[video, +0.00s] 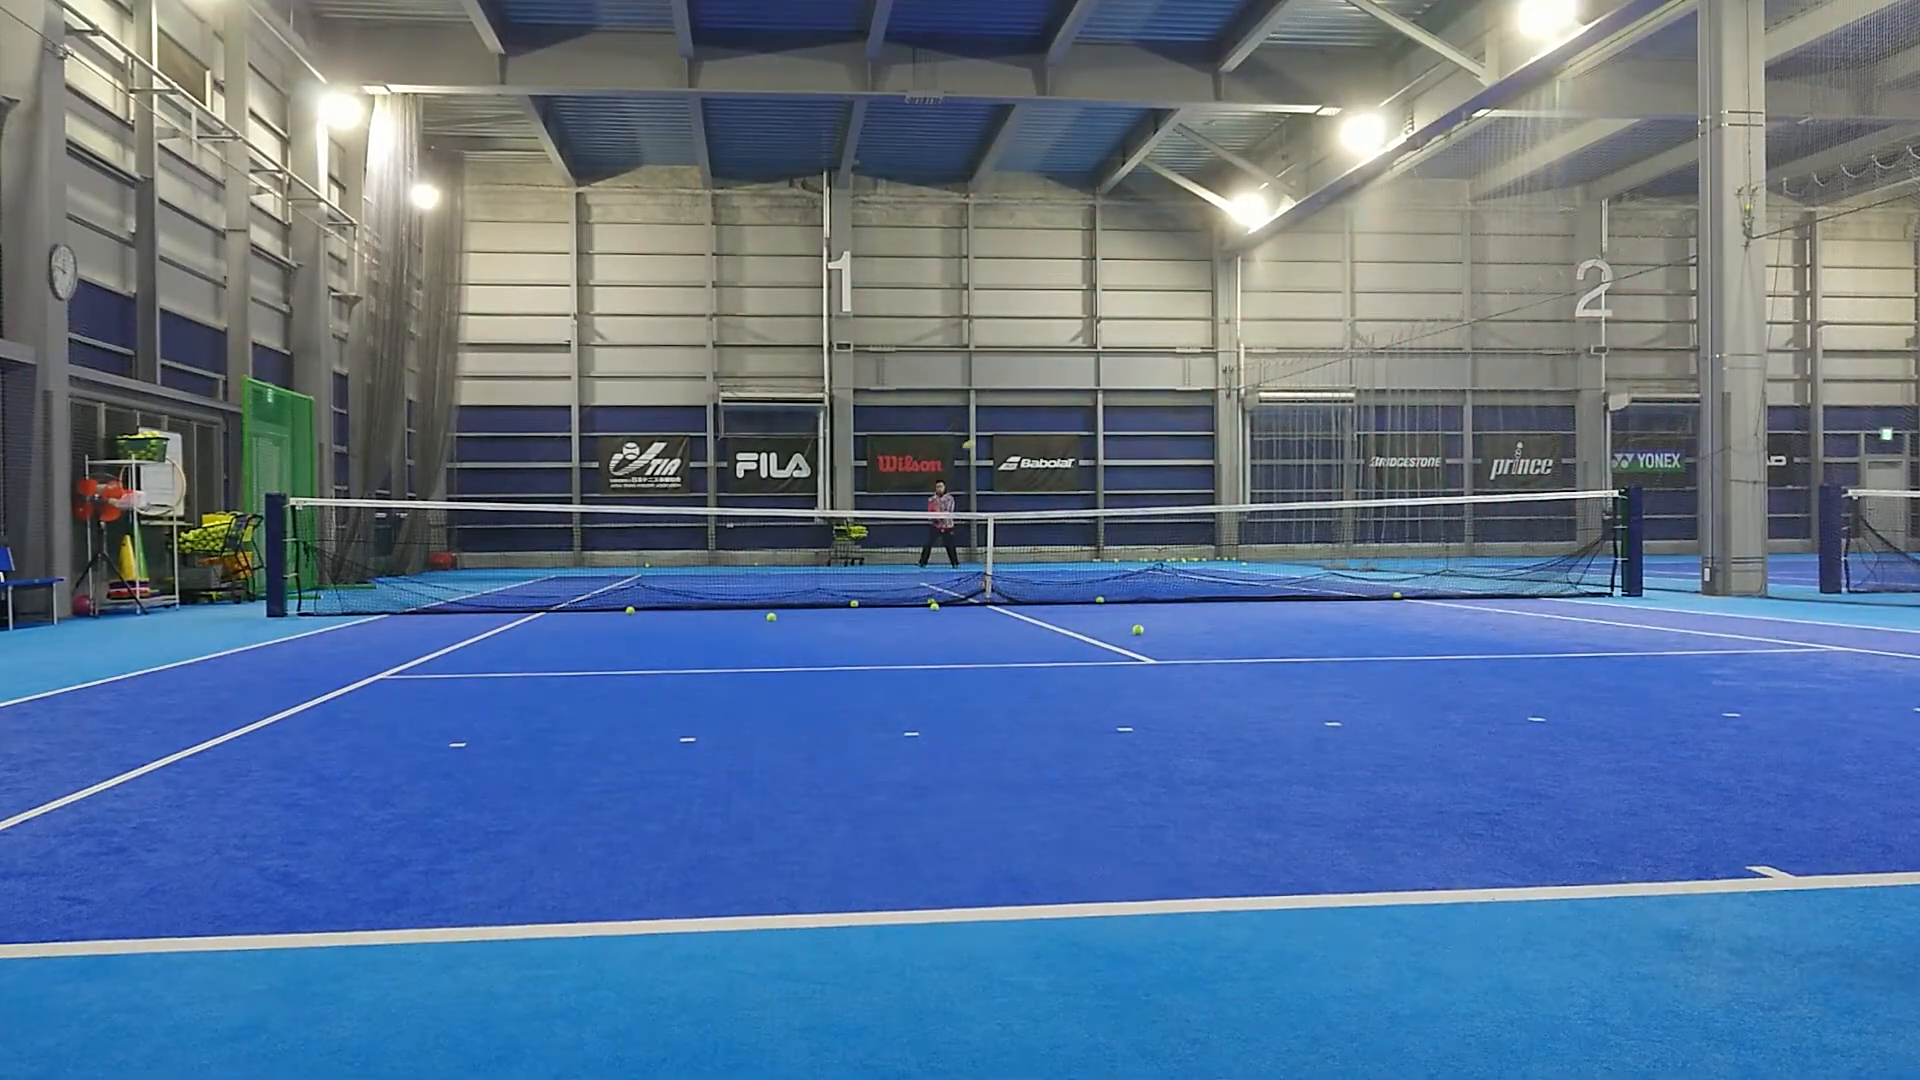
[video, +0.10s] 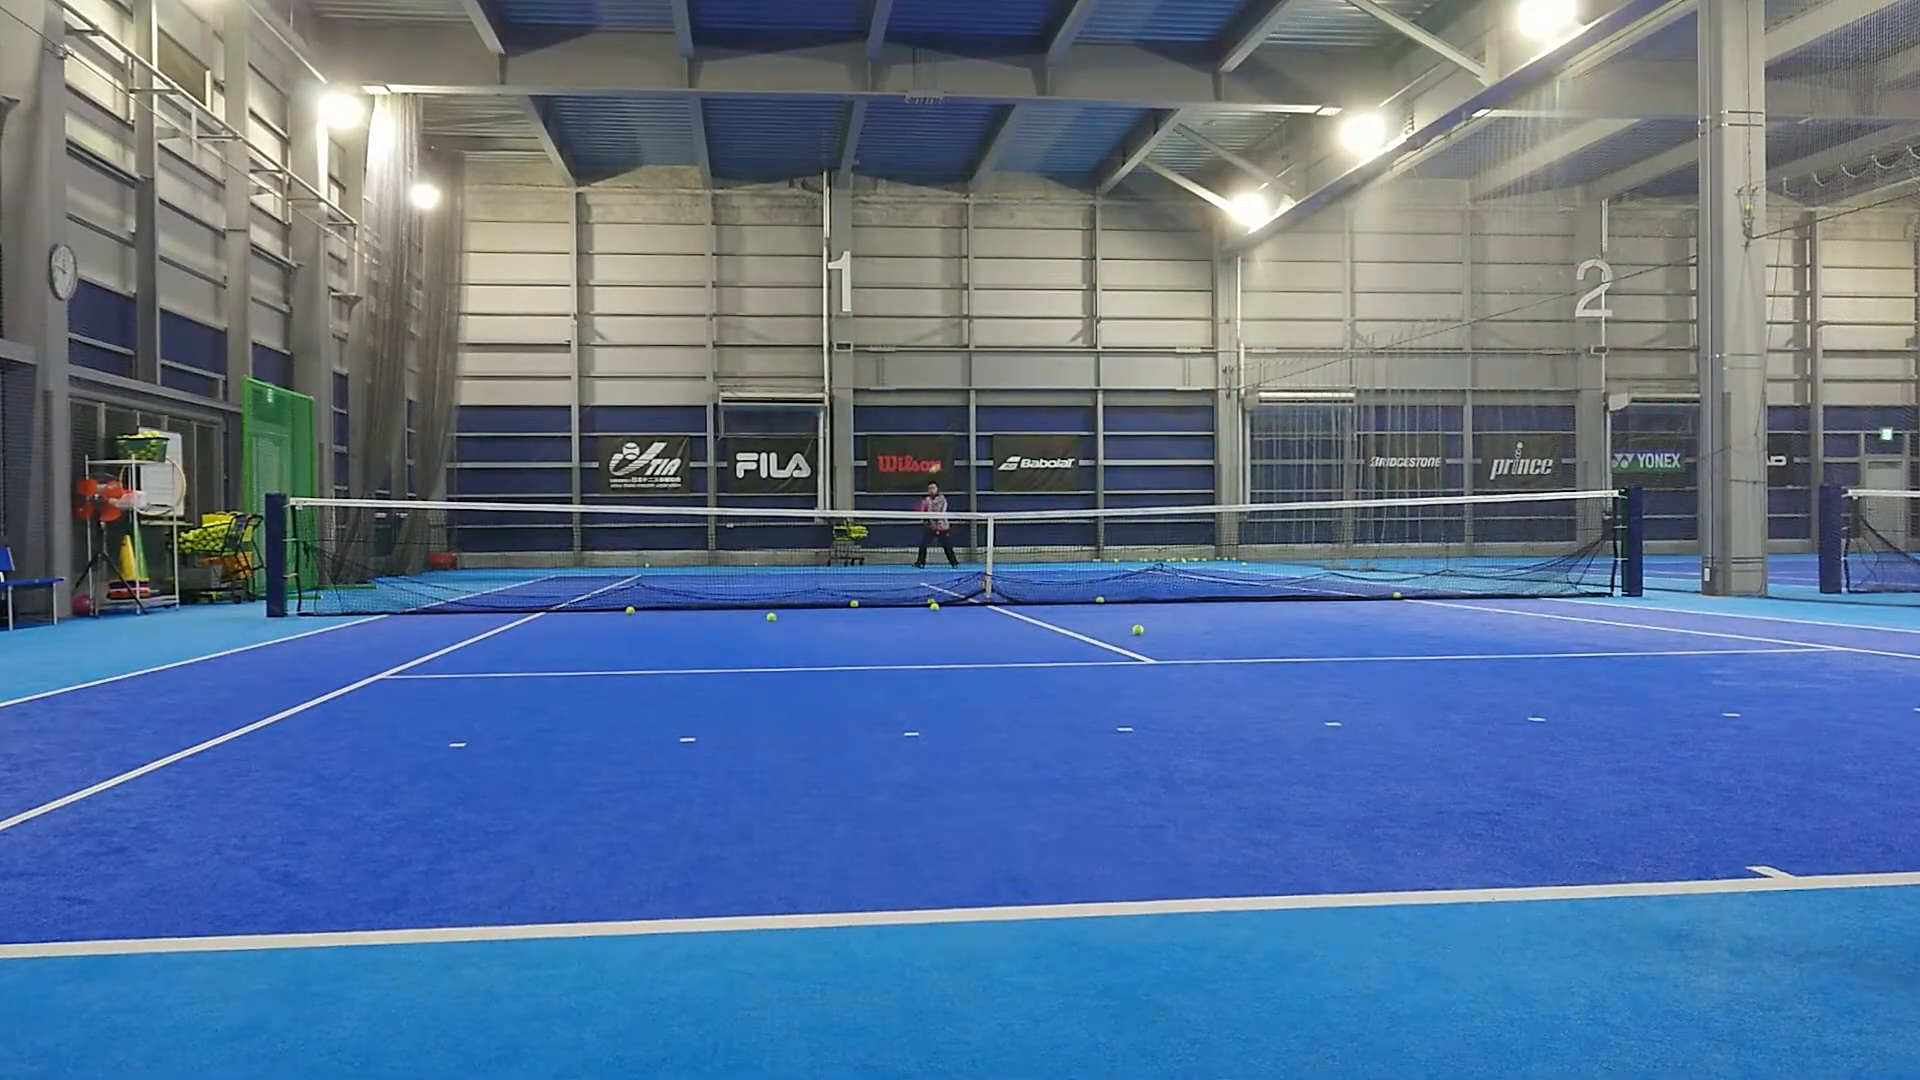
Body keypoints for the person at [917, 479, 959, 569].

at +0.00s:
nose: (939, 489)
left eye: (941, 486)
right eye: (938, 487)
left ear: (945, 488)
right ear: (935, 488)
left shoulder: (949, 499)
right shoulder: (932, 499)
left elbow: (949, 512)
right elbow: (930, 512)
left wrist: (941, 518)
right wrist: (936, 518)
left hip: (947, 526)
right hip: (936, 526)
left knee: (950, 546)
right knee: (928, 544)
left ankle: (955, 563)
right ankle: (922, 562)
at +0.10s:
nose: (931, 490)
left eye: (933, 488)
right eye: (930, 488)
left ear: (937, 489)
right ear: (928, 490)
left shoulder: (942, 500)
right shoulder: (926, 500)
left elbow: (942, 513)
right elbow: (923, 512)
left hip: (942, 527)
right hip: (930, 527)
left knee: (947, 547)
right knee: (923, 545)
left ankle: (954, 563)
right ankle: (920, 562)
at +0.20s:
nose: (922, 490)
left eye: (923, 488)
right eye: (920, 488)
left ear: (927, 489)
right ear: (918, 490)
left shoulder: (932, 498)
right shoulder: (917, 501)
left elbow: (933, 512)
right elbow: (915, 513)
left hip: (934, 527)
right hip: (923, 527)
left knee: (941, 546)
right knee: (918, 546)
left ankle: (953, 561)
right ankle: (921, 562)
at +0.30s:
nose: (913, 491)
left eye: (915, 489)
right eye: (911, 489)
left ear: (919, 489)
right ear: (909, 491)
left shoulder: (923, 498)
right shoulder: (910, 501)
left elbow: (922, 509)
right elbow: (907, 512)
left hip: (926, 526)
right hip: (916, 526)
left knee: (925, 547)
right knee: (914, 546)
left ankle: (939, 554)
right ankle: (920, 562)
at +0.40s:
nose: (905, 491)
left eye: (906, 489)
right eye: (903, 490)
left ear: (910, 489)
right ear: (901, 491)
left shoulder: (916, 497)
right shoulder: (903, 500)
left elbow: (915, 507)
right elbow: (900, 510)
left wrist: (905, 510)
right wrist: (892, 510)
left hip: (918, 524)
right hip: (909, 524)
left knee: (912, 544)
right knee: (907, 544)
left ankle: (920, 562)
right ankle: (916, 562)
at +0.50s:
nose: (897, 492)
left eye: (899, 489)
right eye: (895, 490)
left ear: (903, 489)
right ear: (894, 491)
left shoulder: (908, 499)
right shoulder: (896, 500)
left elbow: (912, 511)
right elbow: (893, 509)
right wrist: (882, 510)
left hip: (908, 524)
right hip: (901, 524)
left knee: (901, 546)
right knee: (900, 546)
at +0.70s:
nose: (880, 497)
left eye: (882, 495)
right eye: (879, 495)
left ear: (886, 494)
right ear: (877, 497)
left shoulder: (891, 504)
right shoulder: (883, 506)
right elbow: (882, 518)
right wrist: (877, 524)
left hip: (891, 529)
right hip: (884, 529)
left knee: (885, 546)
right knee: (876, 544)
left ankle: (893, 563)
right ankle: (877, 562)